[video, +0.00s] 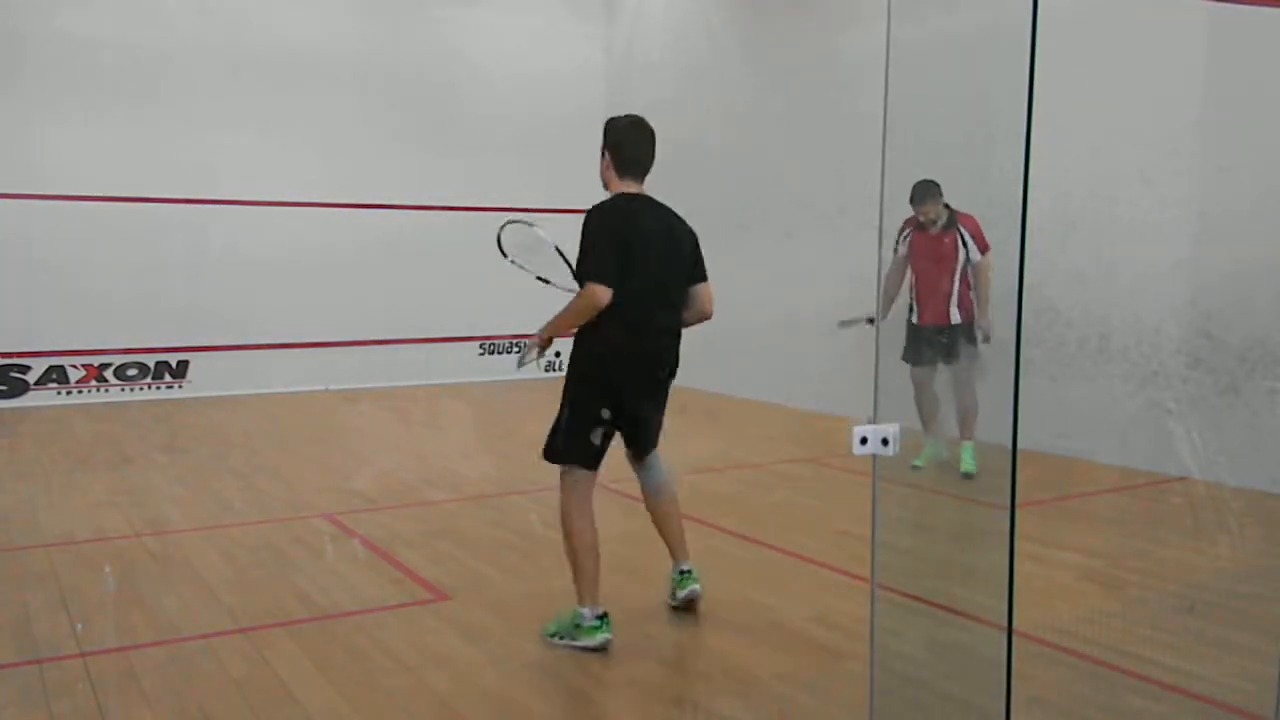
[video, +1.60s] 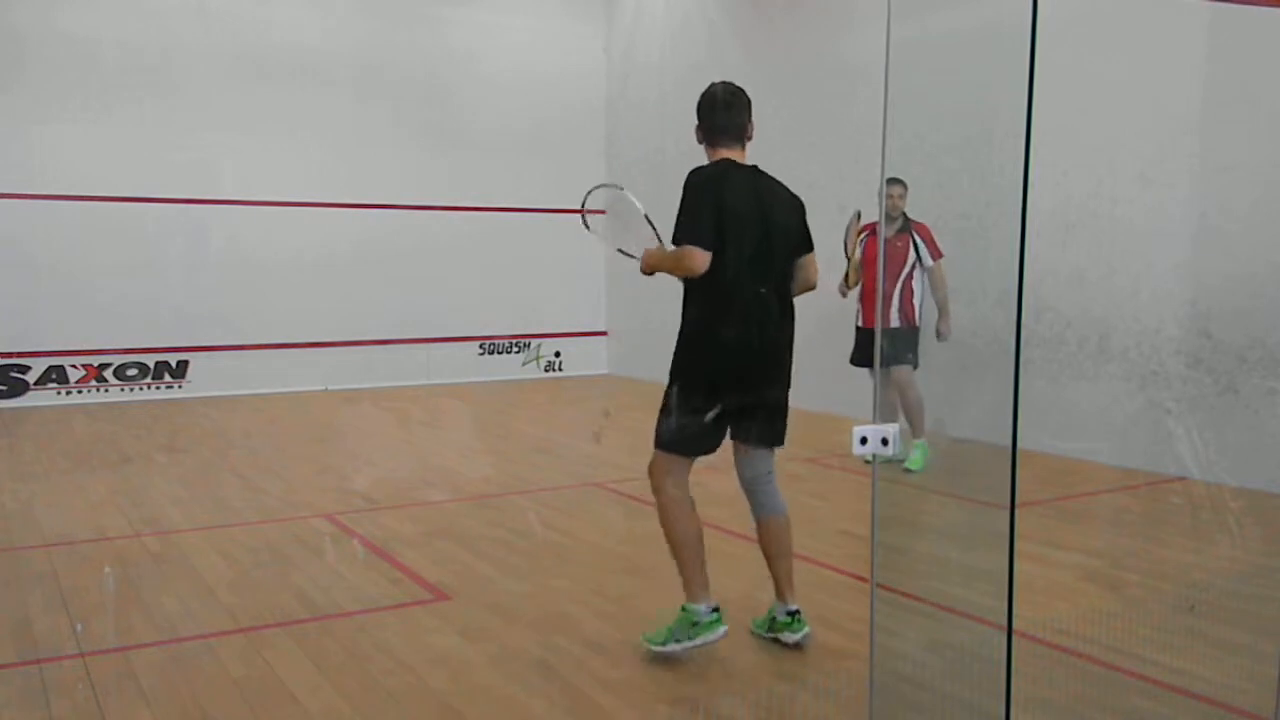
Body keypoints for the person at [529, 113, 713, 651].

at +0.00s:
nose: (598, 164)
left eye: (600, 156)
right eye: (605, 155)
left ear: (607, 161)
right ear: (649, 163)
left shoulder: (604, 218)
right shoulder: (677, 226)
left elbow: (597, 294)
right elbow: (701, 306)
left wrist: (552, 330)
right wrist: (649, 320)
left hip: (602, 370)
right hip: (655, 370)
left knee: (577, 483)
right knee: (647, 457)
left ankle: (590, 615)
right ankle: (684, 571)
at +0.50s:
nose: (631, 142)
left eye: (632, 135)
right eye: (648, 135)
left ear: (633, 141)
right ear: (679, 143)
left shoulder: (622, 196)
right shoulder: (706, 204)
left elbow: (615, 274)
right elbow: (737, 277)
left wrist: (583, 289)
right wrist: (689, 288)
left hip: (633, 352)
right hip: (687, 355)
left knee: (588, 453)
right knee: (673, 460)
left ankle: (610, 578)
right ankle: (697, 580)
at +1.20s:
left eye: (679, 113)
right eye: (718, 110)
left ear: (672, 120)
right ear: (722, 118)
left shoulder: (660, 170)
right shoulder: (755, 175)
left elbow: (634, 245)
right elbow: (802, 248)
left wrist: (653, 241)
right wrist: (756, 275)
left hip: (680, 330)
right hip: (741, 330)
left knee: (646, 453)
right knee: (733, 448)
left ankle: (643, 578)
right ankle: (767, 565)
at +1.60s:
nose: (701, 137)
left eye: (700, 130)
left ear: (699, 133)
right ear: (751, 133)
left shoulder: (703, 184)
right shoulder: (784, 196)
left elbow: (696, 260)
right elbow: (808, 275)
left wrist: (662, 260)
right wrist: (759, 290)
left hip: (708, 360)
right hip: (769, 362)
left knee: (668, 471)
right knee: (758, 471)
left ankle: (700, 608)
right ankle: (788, 609)